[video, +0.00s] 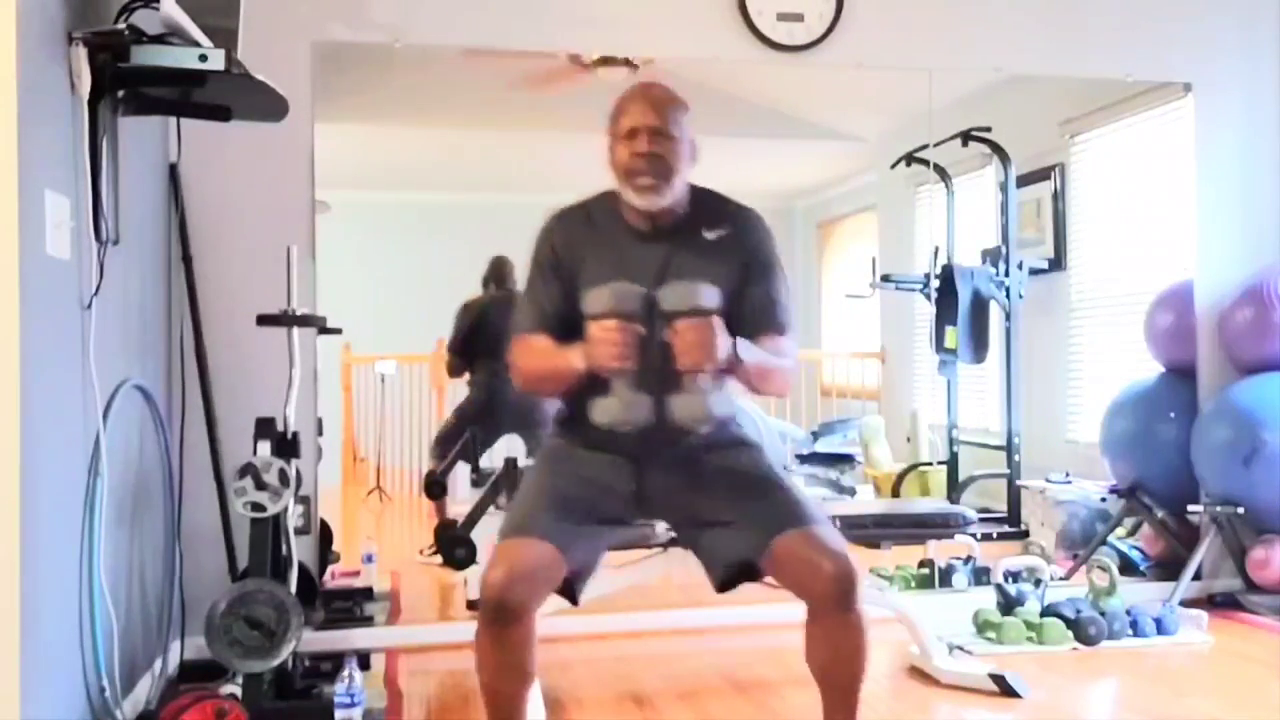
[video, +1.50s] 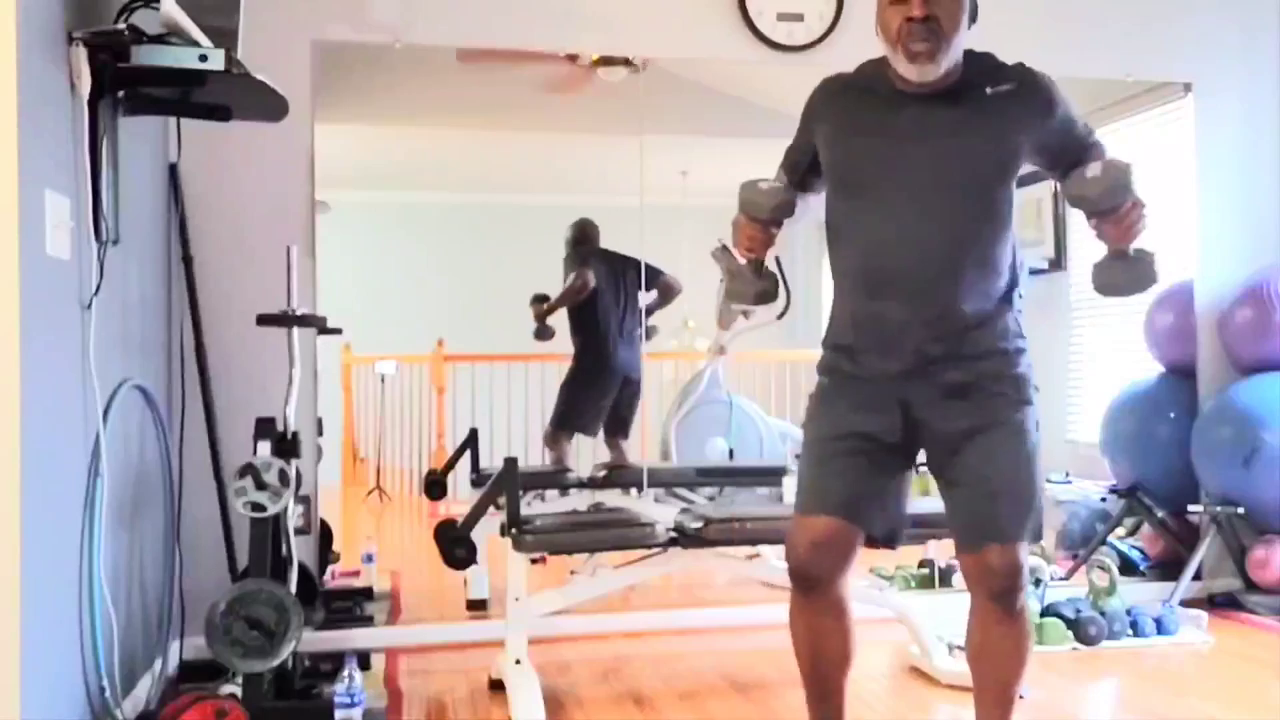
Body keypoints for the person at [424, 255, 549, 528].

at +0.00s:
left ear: (486, 279)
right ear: (513, 278)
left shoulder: (474, 309)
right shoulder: (529, 308)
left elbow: (454, 366)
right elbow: (541, 355)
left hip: (485, 400)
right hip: (526, 399)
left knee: (442, 450)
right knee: (545, 454)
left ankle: (443, 521)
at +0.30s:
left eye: (515, 235)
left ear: (516, 235)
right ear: (542, 233)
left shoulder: (510, 263)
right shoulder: (568, 260)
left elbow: (496, 308)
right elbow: (600, 296)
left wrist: (479, 329)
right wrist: (583, 325)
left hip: (528, 359)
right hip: (567, 360)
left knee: (494, 424)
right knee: (573, 432)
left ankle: (482, 477)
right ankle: (581, 488)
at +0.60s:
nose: (528, 234)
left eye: (528, 230)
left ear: (529, 231)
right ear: (556, 229)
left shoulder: (527, 256)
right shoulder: (584, 254)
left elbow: (519, 294)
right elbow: (622, 281)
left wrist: (492, 320)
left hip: (552, 359)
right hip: (591, 360)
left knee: (533, 434)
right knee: (581, 434)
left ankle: (542, 496)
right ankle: (583, 496)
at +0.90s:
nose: (543, 259)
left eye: (544, 254)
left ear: (545, 254)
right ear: (572, 253)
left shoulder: (543, 280)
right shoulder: (599, 280)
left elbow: (526, 330)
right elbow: (614, 323)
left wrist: (526, 353)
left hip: (569, 373)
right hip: (608, 372)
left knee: (529, 442)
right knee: (607, 437)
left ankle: (536, 500)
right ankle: (628, 492)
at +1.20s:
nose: (560, 268)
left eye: (561, 264)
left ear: (564, 263)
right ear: (591, 262)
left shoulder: (568, 286)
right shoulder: (619, 288)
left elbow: (553, 338)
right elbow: (637, 341)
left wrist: (534, 349)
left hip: (590, 377)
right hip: (629, 378)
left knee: (539, 440)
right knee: (605, 443)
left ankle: (539, 500)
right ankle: (628, 493)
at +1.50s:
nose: (567, 249)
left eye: (569, 244)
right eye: (568, 244)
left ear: (574, 242)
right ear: (598, 240)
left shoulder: (579, 258)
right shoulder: (624, 262)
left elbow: (585, 282)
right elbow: (672, 287)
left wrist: (548, 309)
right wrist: (647, 311)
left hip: (596, 365)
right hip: (631, 367)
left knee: (556, 436)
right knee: (615, 437)